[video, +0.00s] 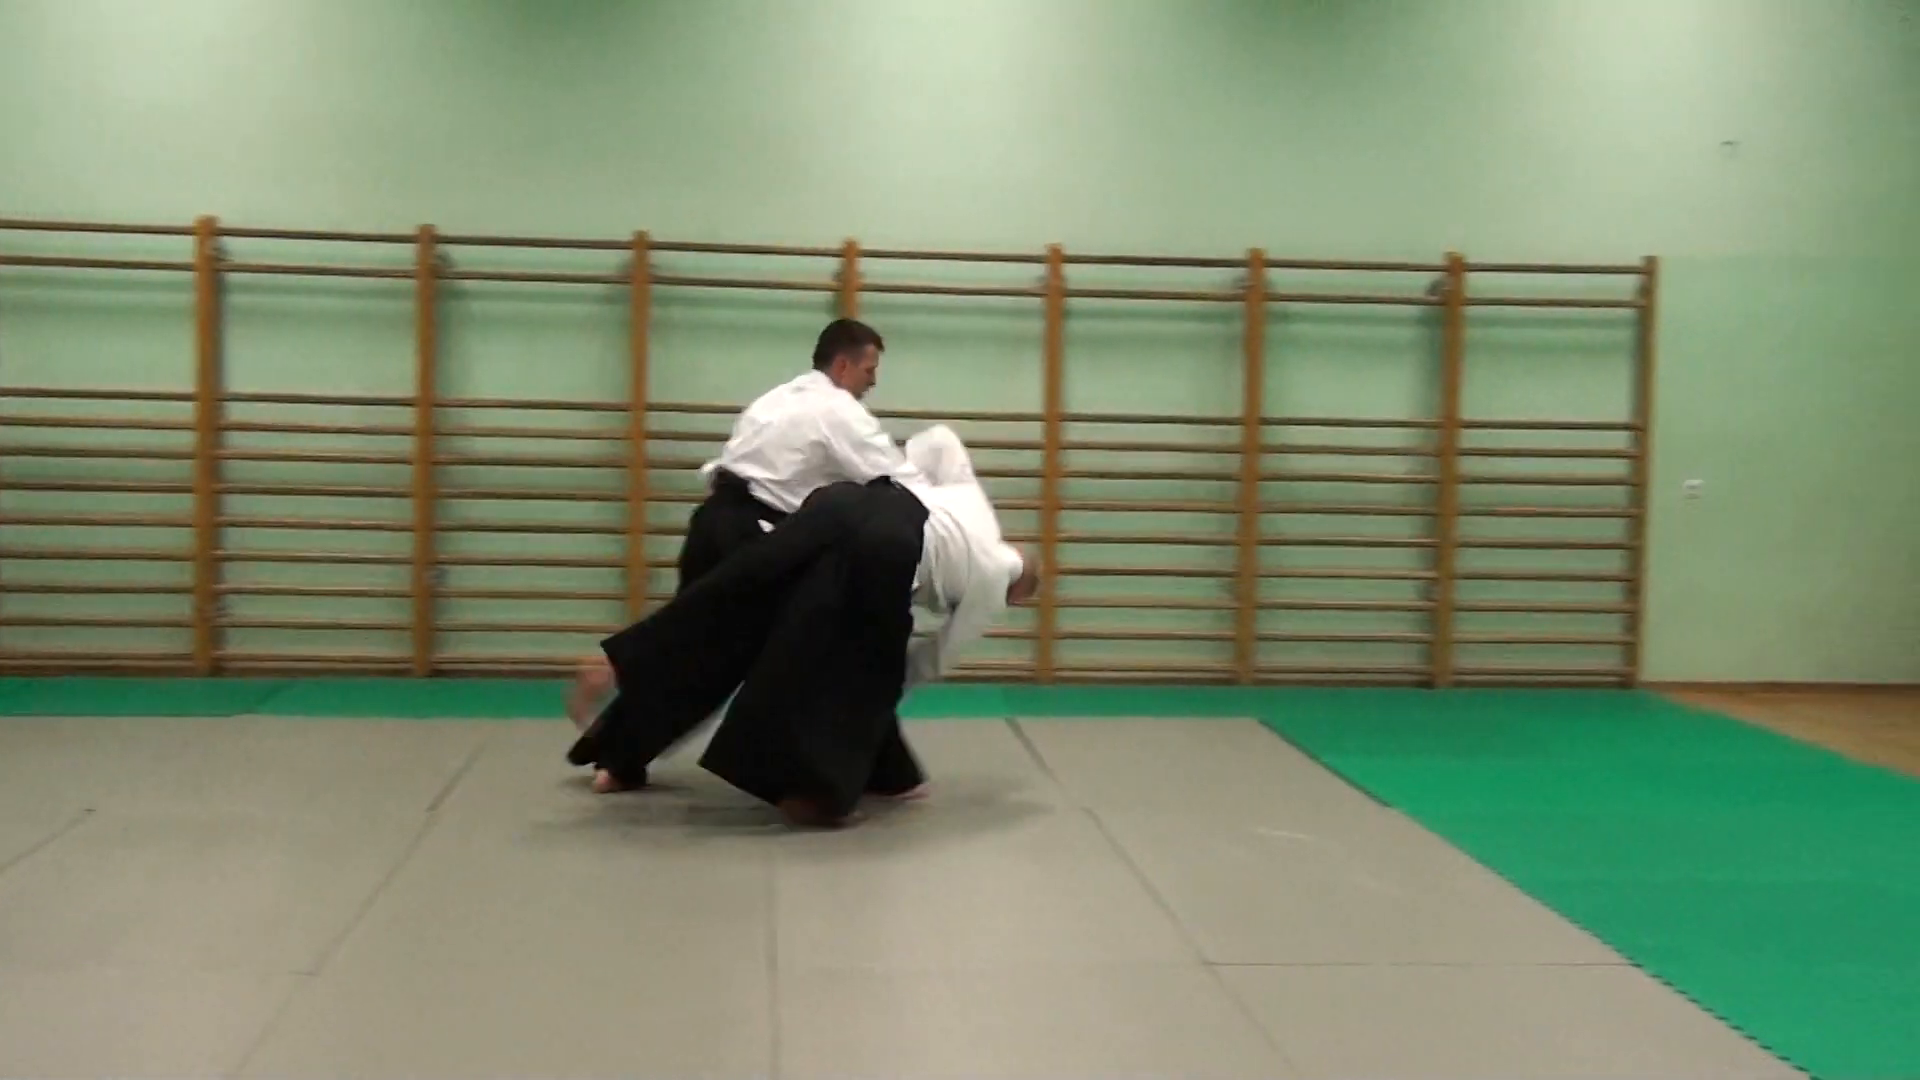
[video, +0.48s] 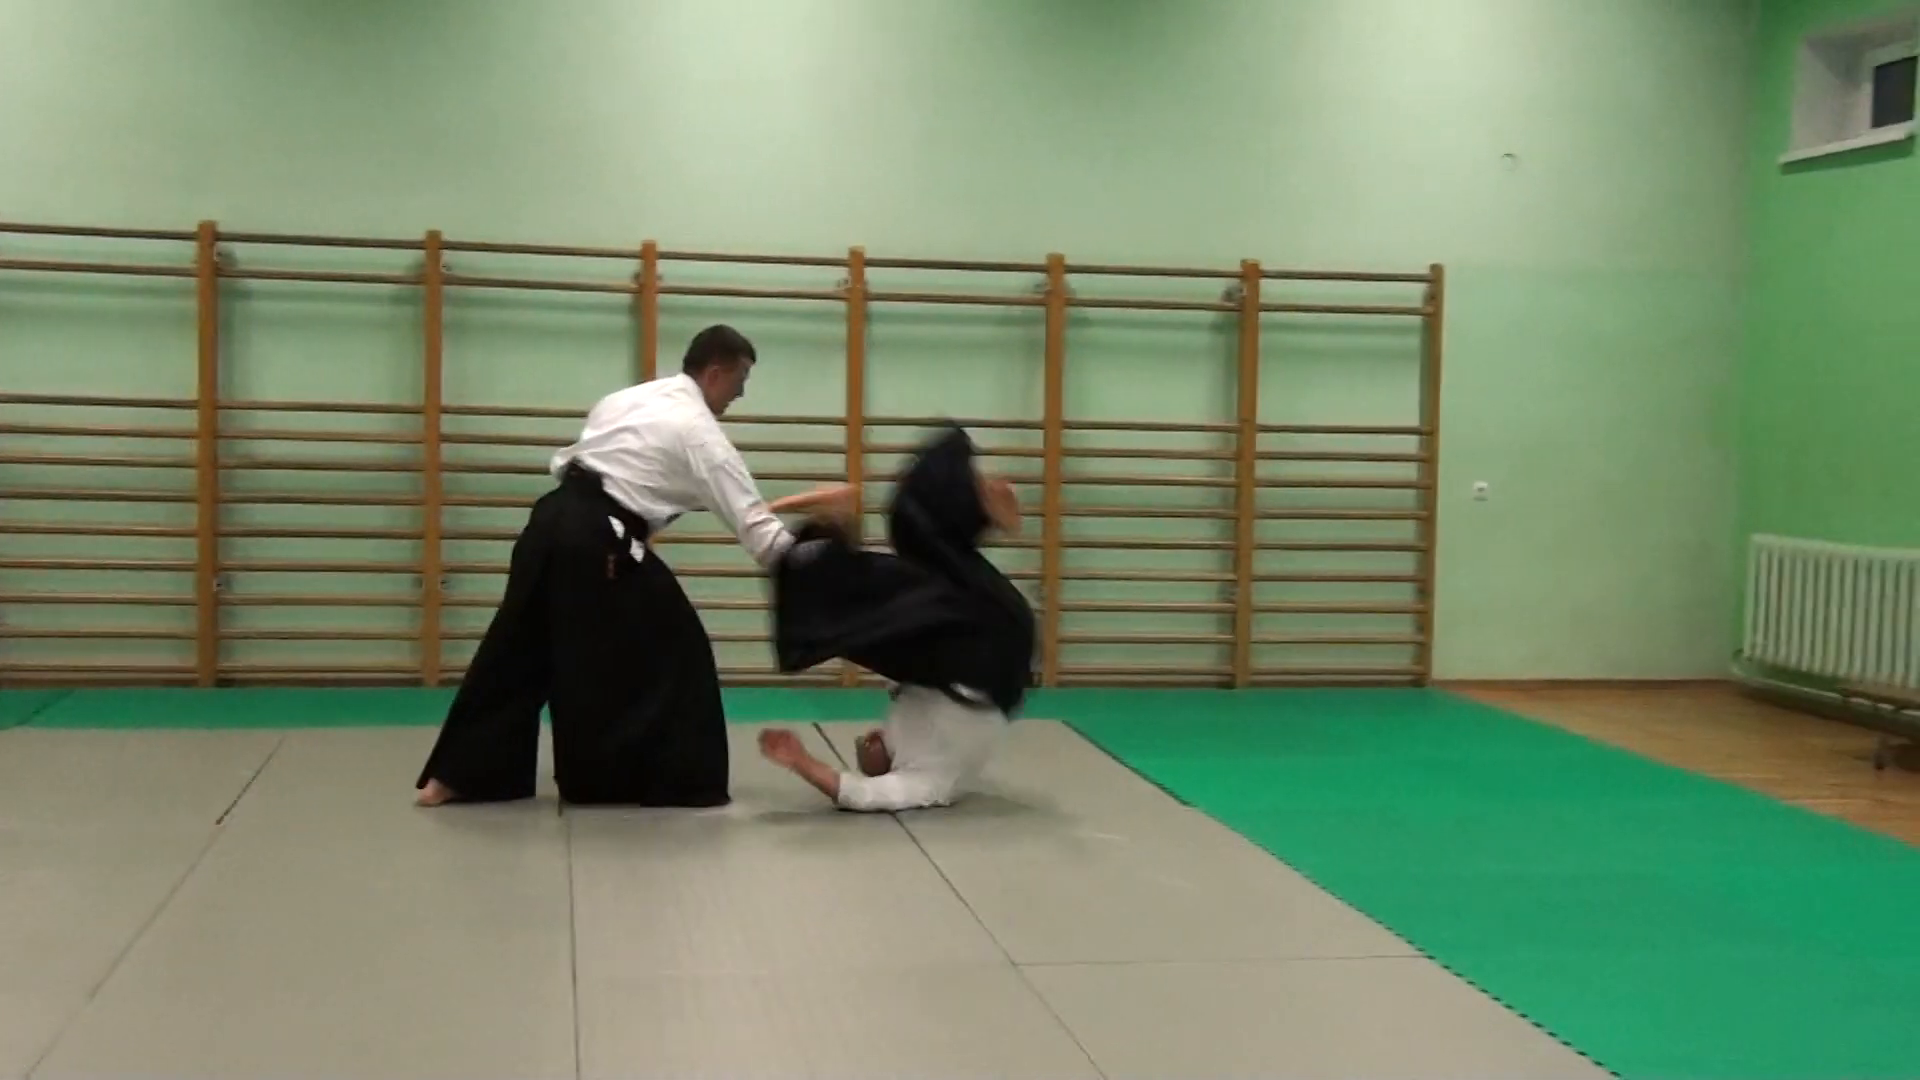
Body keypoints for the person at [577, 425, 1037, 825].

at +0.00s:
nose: (1019, 596)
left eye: (1024, 590)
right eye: (1025, 591)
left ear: (1011, 551)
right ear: (1021, 578)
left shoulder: (971, 508)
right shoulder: (988, 589)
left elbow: (944, 442)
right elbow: (923, 656)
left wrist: (907, 470)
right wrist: (879, 697)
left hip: (846, 499)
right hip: (889, 549)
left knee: (737, 587)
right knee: (853, 664)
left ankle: (623, 660)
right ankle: (814, 786)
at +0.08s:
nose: (1000, 633)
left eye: (1006, 622)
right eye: (1011, 628)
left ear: (1008, 577)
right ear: (1009, 615)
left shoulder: (973, 535)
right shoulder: (991, 617)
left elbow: (942, 467)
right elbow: (960, 706)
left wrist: (907, 503)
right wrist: (920, 759)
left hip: (866, 510)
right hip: (888, 558)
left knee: (749, 545)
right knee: (839, 663)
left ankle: (604, 558)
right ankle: (782, 786)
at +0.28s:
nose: (932, 708)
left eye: (932, 709)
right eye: (937, 710)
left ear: (933, 697)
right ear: (953, 700)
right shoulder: (985, 675)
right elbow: (945, 772)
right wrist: (895, 795)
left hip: (904, 513)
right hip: (907, 571)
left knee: (801, 457)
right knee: (802, 655)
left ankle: (827, 357)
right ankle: (707, 730)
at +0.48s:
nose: (870, 742)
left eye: (866, 746)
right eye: (872, 755)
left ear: (873, 738)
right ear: (885, 774)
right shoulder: (927, 781)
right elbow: (861, 793)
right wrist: (803, 763)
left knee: (916, 523)